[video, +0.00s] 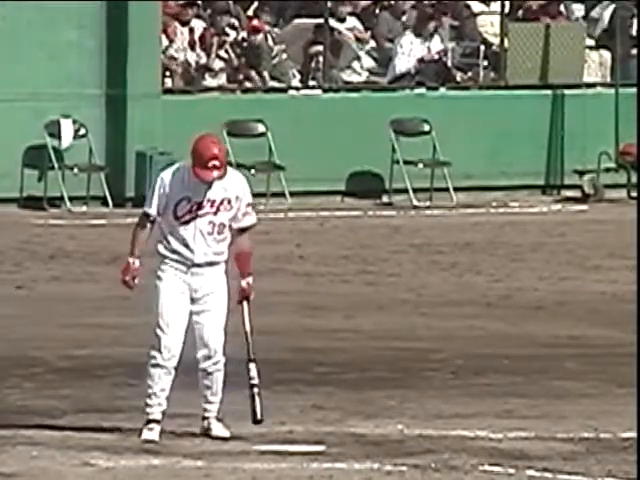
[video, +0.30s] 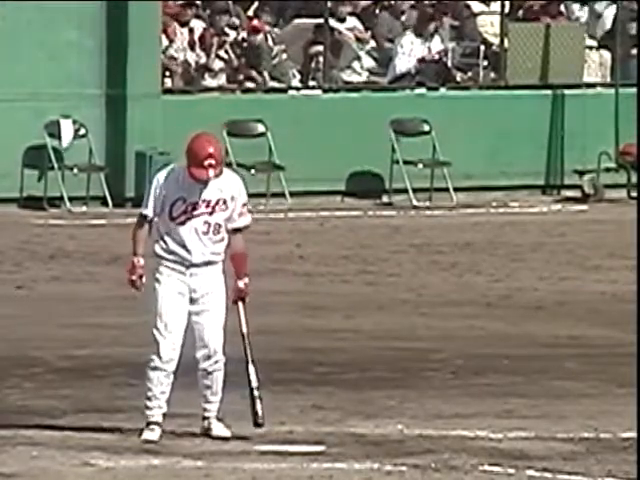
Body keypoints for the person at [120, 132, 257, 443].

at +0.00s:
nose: (214, 173)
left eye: (218, 167)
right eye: (207, 168)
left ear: (224, 160)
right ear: (193, 162)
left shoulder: (236, 183)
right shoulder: (169, 179)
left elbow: (242, 233)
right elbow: (146, 221)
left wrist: (246, 276)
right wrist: (133, 257)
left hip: (212, 274)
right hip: (173, 273)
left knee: (212, 349)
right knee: (167, 347)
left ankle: (211, 417)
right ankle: (153, 419)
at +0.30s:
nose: (209, 174)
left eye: (214, 167)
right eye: (203, 168)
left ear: (220, 160)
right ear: (188, 161)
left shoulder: (231, 183)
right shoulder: (165, 180)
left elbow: (237, 234)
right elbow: (143, 222)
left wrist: (241, 277)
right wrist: (137, 256)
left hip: (210, 274)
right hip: (171, 273)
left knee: (212, 349)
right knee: (166, 349)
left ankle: (211, 417)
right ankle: (154, 419)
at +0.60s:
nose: (193, 173)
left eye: (197, 167)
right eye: (187, 168)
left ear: (204, 161)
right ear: (173, 162)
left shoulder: (218, 182)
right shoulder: (152, 183)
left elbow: (228, 232)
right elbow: (137, 227)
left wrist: (236, 274)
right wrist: (133, 266)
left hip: (206, 274)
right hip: (165, 274)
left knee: (211, 350)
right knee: (163, 351)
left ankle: (211, 417)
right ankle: (154, 420)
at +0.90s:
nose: (190, 168)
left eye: (192, 162)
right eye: (183, 164)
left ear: (196, 155)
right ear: (166, 159)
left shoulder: (211, 179)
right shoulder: (147, 185)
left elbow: (225, 227)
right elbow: (130, 228)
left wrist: (234, 271)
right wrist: (124, 269)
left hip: (207, 274)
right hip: (167, 277)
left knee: (224, 345)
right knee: (162, 353)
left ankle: (239, 412)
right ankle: (154, 421)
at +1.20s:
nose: (219, 169)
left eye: (222, 163)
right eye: (212, 164)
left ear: (225, 158)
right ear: (196, 162)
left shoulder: (237, 185)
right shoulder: (173, 188)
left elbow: (248, 234)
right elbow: (156, 229)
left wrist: (254, 277)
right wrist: (162, 265)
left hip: (226, 277)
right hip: (185, 277)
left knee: (242, 350)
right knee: (172, 355)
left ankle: (268, 419)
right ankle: (155, 421)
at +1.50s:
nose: (230, 168)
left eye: (232, 163)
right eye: (225, 163)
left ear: (233, 160)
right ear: (209, 160)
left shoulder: (242, 187)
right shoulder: (180, 187)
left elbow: (253, 237)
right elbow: (161, 232)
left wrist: (264, 272)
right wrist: (178, 267)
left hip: (227, 279)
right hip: (188, 279)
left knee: (243, 351)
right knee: (171, 355)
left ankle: (268, 421)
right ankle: (155, 421)